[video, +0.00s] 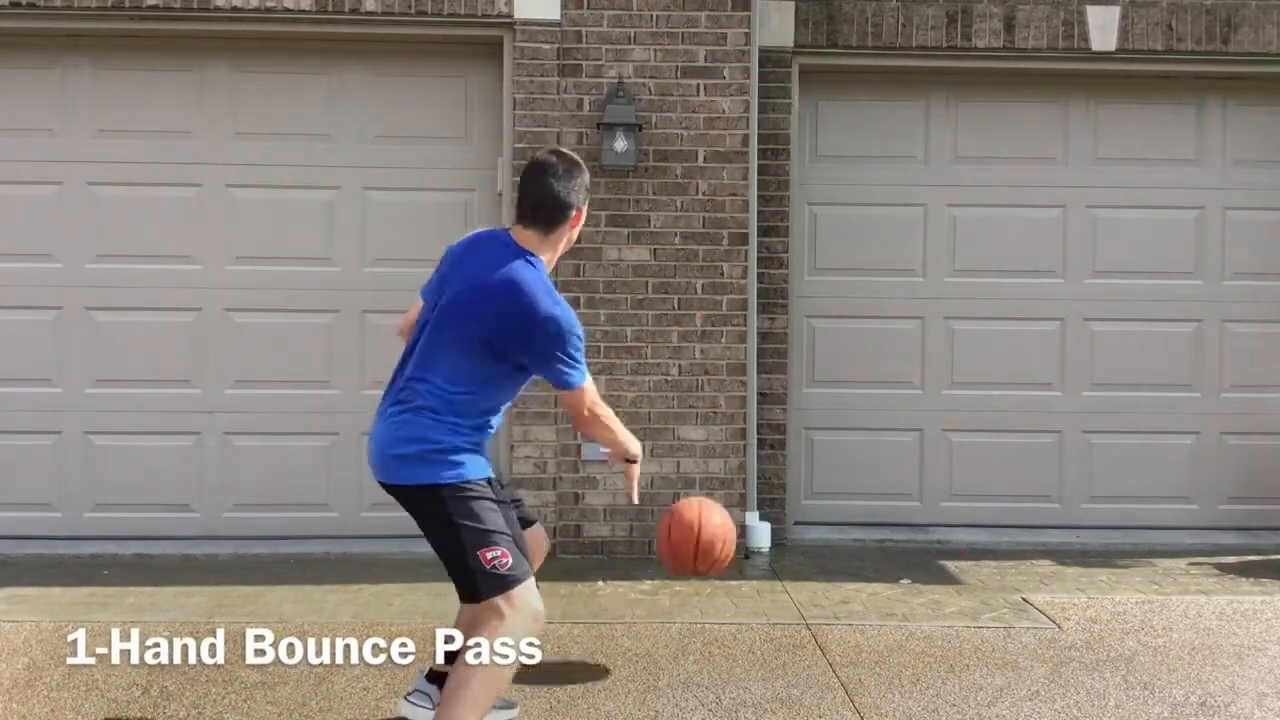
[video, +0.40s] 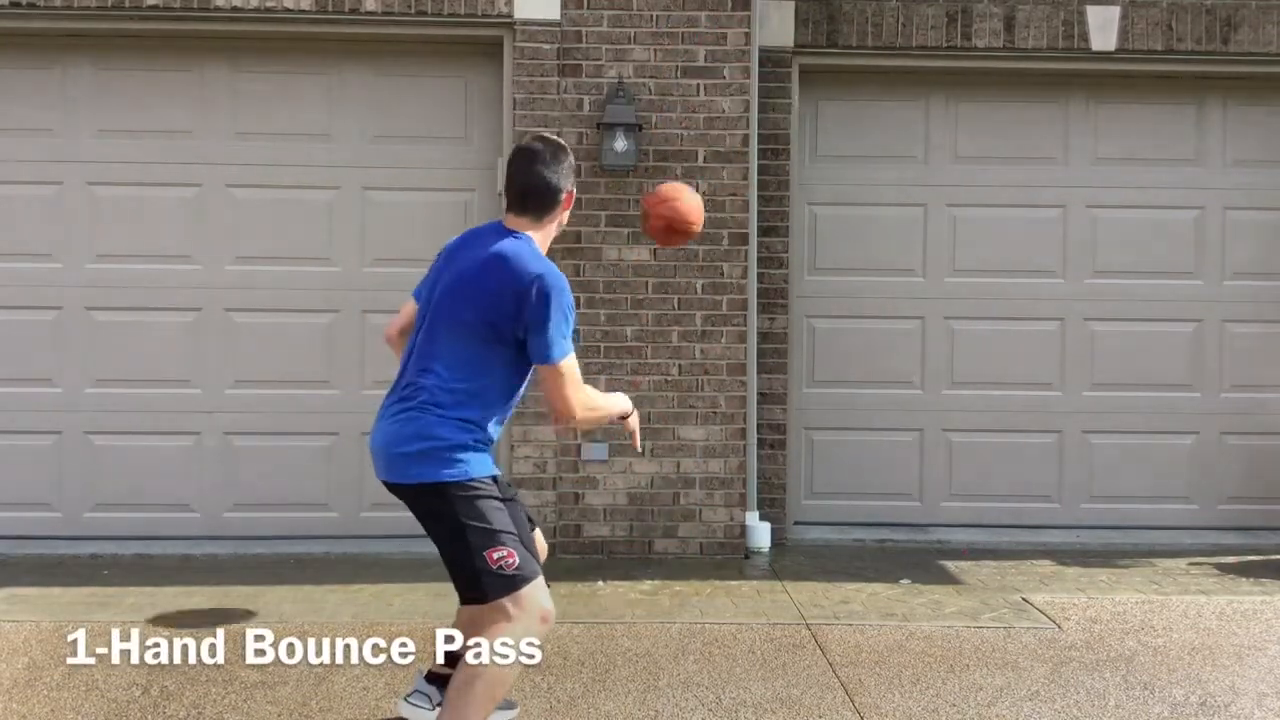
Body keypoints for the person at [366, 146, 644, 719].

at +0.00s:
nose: (584, 223)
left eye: (584, 213)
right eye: (586, 213)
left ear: (520, 201)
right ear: (577, 219)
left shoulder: (475, 246)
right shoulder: (546, 312)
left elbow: (411, 326)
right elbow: (586, 411)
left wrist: (458, 385)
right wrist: (630, 449)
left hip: (405, 441)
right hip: (436, 456)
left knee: (530, 543)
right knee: (516, 618)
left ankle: (445, 681)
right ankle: (455, 711)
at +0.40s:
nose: (573, 204)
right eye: (574, 195)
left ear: (508, 190)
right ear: (567, 202)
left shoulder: (463, 245)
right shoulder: (542, 281)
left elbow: (399, 332)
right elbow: (569, 409)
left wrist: (450, 386)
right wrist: (622, 403)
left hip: (405, 441)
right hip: (444, 452)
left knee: (527, 545)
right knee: (528, 613)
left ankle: (441, 684)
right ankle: (457, 712)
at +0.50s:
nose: (565, 188)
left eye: (564, 179)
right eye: (565, 180)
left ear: (496, 180)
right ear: (557, 188)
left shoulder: (459, 236)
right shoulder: (536, 261)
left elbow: (401, 329)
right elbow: (603, 367)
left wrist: (450, 385)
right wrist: (644, 322)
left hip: (409, 437)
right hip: (448, 448)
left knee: (523, 548)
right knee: (528, 615)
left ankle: (438, 687)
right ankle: (459, 712)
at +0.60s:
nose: (558, 162)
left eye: (554, 151)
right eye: (556, 152)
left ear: (490, 159)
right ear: (545, 162)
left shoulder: (460, 219)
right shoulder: (535, 231)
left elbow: (410, 317)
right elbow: (649, 278)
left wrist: (481, 400)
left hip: (422, 428)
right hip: (452, 437)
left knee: (486, 580)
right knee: (516, 608)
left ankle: (434, 690)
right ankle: (455, 712)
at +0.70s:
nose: (557, 138)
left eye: (554, 129)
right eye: (554, 128)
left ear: (486, 137)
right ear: (542, 136)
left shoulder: (463, 196)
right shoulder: (529, 193)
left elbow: (418, 298)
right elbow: (662, 196)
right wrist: (706, 119)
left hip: (426, 412)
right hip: (454, 419)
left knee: (488, 581)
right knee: (503, 596)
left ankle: (441, 687)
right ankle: (452, 713)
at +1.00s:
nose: (578, 170)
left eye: (576, 159)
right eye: (578, 159)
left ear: (511, 160)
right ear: (567, 165)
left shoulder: (486, 212)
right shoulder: (515, 218)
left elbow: (421, 268)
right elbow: (617, 273)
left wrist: (414, 345)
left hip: (445, 416)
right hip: (437, 417)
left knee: (513, 541)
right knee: (498, 591)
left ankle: (443, 680)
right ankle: (449, 709)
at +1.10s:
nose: (585, 209)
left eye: (586, 197)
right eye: (587, 198)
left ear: (520, 185)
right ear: (577, 203)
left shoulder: (483, 235)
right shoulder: (515, 264)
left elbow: (405, 283)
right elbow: (578, 387)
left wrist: (399, 351)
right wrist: (650, 333)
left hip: (425, 428)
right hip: (436, 438)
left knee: (524, 542)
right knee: (512, 603)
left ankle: (441, 682)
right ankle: (453, 710)